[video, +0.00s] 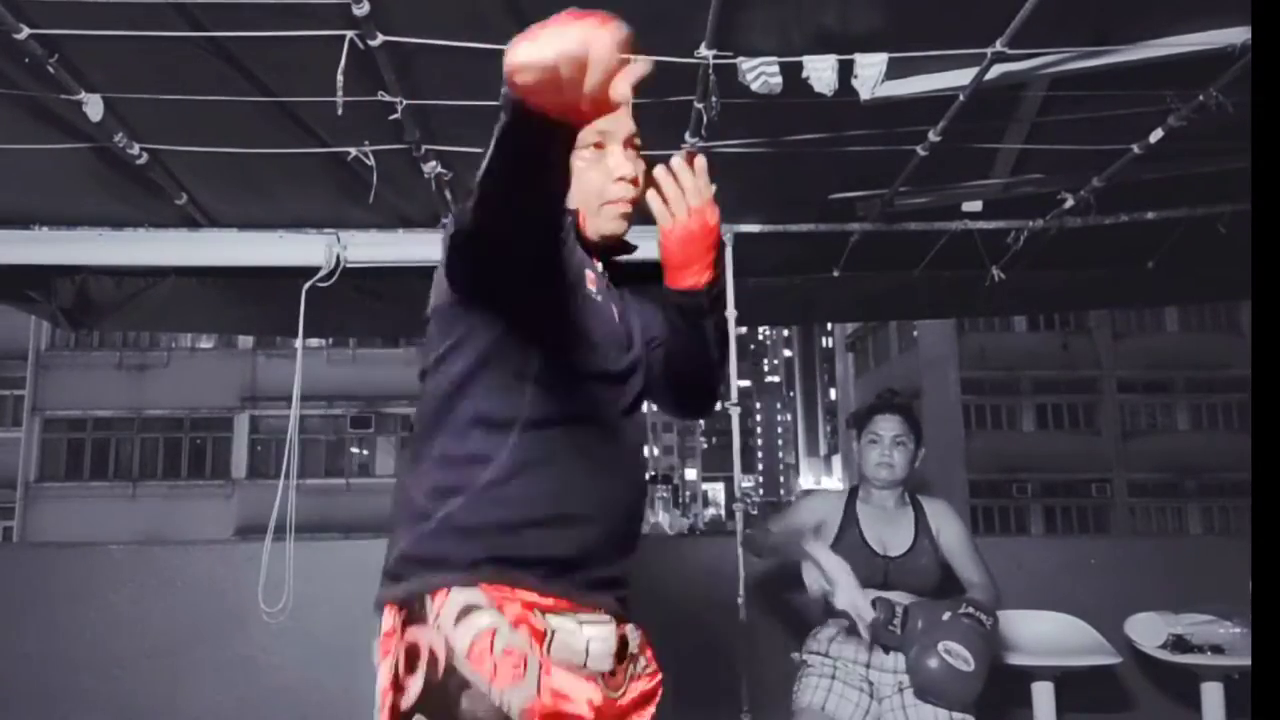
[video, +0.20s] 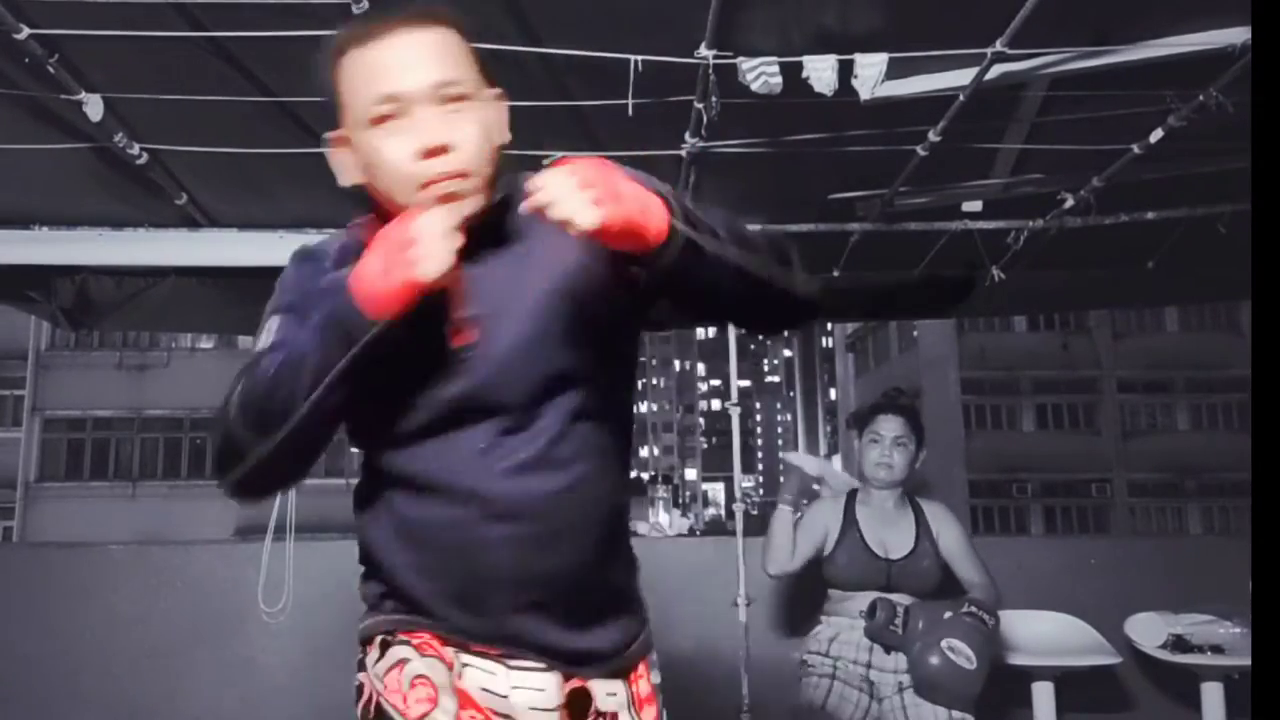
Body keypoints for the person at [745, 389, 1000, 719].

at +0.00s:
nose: (885, 452)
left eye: (899, 443)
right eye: (874, 441)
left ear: (917, 457)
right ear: (857, 450)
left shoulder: (937, 515)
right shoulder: (825, 507)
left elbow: (984, 591)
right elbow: (755, 541)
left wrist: (951, 617)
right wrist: (806, 549)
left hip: (921, 670)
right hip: (838, 667)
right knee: (820, 711)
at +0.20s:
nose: (885, 452)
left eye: (899, 444)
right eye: (874, 441)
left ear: (917, 458)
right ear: (857, 449)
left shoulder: (935, 516)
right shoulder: (829, 511)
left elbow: (983, 590)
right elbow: (777, 565)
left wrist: (968, 617)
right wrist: (792, 484)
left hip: (920, 668)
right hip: (841, 665)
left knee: (940, 714)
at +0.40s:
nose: (881, 452)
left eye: (894, 443)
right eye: (869, 442)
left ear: (910, 454)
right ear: (852, 451)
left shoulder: (935, 519)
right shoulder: (830, 512)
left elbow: (983, 588)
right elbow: (784, 560)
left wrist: (967, 618)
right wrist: (836, 513)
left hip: (920, 666)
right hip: (839, 664)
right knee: (825, 711)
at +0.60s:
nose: (886, 451)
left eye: (898, 442)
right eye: (873, 441)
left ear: (912, 454)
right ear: (852, 451)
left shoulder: (934, 516)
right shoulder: (826, 514)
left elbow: (983, 588)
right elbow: (758, 557)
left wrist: (975, 616)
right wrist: (775, 522)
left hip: (923, 669)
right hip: (843, 668)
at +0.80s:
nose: (883, 451)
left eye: (898, 443)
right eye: (873, 439)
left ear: (913, 457)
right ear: (853, 445)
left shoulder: (933, 516)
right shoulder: (826, 513)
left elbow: (981, 586)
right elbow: (795, 581)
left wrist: (972, 616)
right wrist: (784, 513)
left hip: (921, 669)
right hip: (841, 666)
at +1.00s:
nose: (885, 450)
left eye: (899, 442)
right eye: (874, 439)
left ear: (913, 456)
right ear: (854, 448)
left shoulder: (933, 516)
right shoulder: (830, 516)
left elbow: (983, 588)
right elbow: (772, 573)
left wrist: (973, 619)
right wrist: (786, 518)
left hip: (921, 665)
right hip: (839, 662)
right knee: (824, 711)